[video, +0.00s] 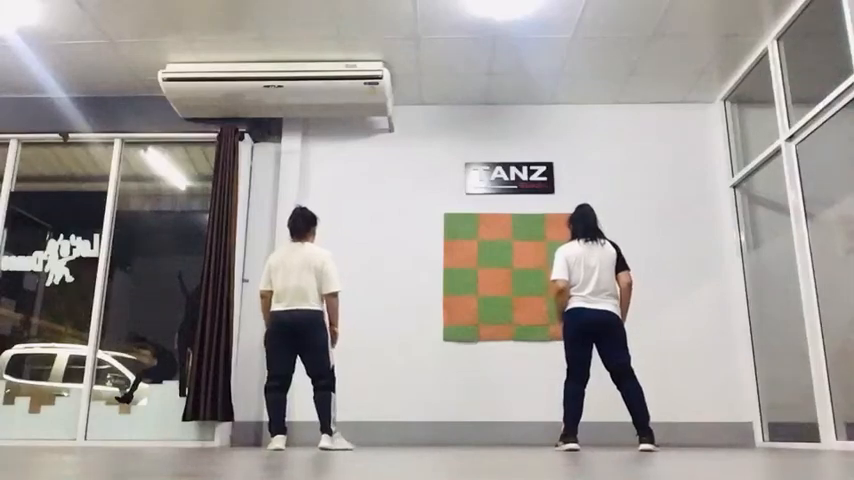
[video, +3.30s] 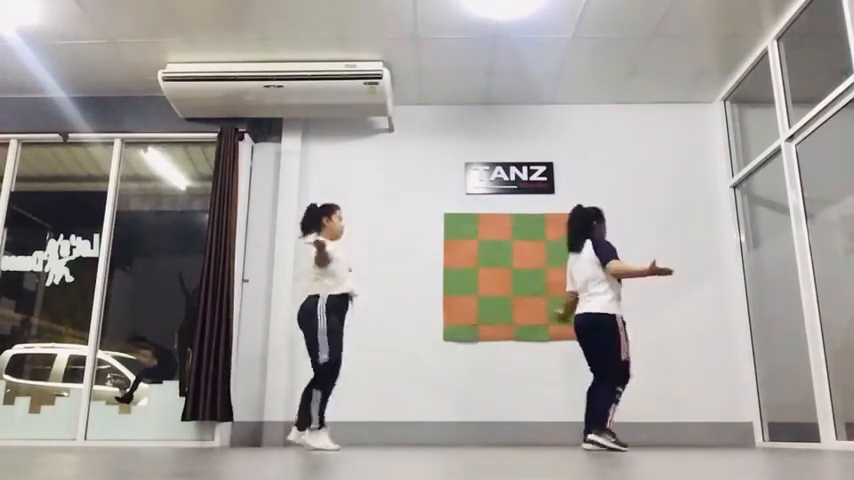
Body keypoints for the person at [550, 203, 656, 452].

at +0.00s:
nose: (568, 228)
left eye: (569, 224)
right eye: (569, 224)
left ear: (573, 225)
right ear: (595, 223)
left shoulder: (565, 250)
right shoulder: (612, 248)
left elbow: (562, 287)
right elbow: (626, 281)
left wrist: (561, 316)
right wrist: (621, 316)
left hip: (577, 318)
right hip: (609, 318)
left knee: (576, 376)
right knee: (624, 375)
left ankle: (569, 435)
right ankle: (645, 434)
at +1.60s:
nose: (573, 240)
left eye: (574, 236)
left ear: (577, 237)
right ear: (601, 234)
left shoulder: (571, 259)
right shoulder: (617, 254)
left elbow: (569, 295)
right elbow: (621, 286)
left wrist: (581, 310)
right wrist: (609, 306)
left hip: (590, 323)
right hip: (622, 322)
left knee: (593, 378)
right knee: (621, 380)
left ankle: (593, 433)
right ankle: (619, 437)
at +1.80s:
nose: (572, 233)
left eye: (573, 229)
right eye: (573, 229)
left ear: (578, 231)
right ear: (599, 228)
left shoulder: (571, 255)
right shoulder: (616, 251)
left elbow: (564, 294)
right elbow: (622, 284)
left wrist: (543, 302)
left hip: (591, 315)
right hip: (622, 315)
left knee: (593, 374)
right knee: (620, 376)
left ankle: (589, 434)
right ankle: (619, 437)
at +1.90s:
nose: (570, 224)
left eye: (572, 221)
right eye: (572, 220)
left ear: (576, 222)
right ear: (598, 220)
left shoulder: (570, 249)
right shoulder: (613, 246)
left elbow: (558, 287)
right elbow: (627, 283)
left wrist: (532, 295)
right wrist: (633, 291)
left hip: (587, 315)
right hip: (618, 314)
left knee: (590, 374)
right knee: (618, 375)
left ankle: (589, 435)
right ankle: (619, 437)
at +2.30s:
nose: (567, 237)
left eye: (568, 234)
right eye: (570, 233)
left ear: (572, 238)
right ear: (593, 236)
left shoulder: (564, 259)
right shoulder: (607, 256)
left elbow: (548, 292)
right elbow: (634, 279)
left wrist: (514, 295)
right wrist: (671, 285)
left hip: (576, 319)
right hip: (608, 321)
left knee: (584, 378)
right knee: (608, 377)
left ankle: (591, 436)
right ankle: (607, 434)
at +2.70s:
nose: (603, 225)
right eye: (602, 222)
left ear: (575, 223)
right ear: (601, 223)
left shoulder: (566, 249)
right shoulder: (609, 244)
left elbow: (553, 286)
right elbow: (637, 271)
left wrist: (528, 299)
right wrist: (677, 274)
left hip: (584, 320)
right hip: (612, 318)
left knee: (602, 371)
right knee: (616, 375)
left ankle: (592, 425)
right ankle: (606, 433)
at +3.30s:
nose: (605, 228)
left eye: (604, 223)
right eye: (603, 224)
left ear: (580, 228)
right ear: (595, 225)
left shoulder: (573, 256)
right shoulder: (600, 246)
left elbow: (572, 295)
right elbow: (615, 270)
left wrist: (565, 313)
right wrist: (649, 271)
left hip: (583, 319)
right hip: (606, 317)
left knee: (601, 375)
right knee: (619, 374)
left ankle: (591, 433)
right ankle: (601, 428)